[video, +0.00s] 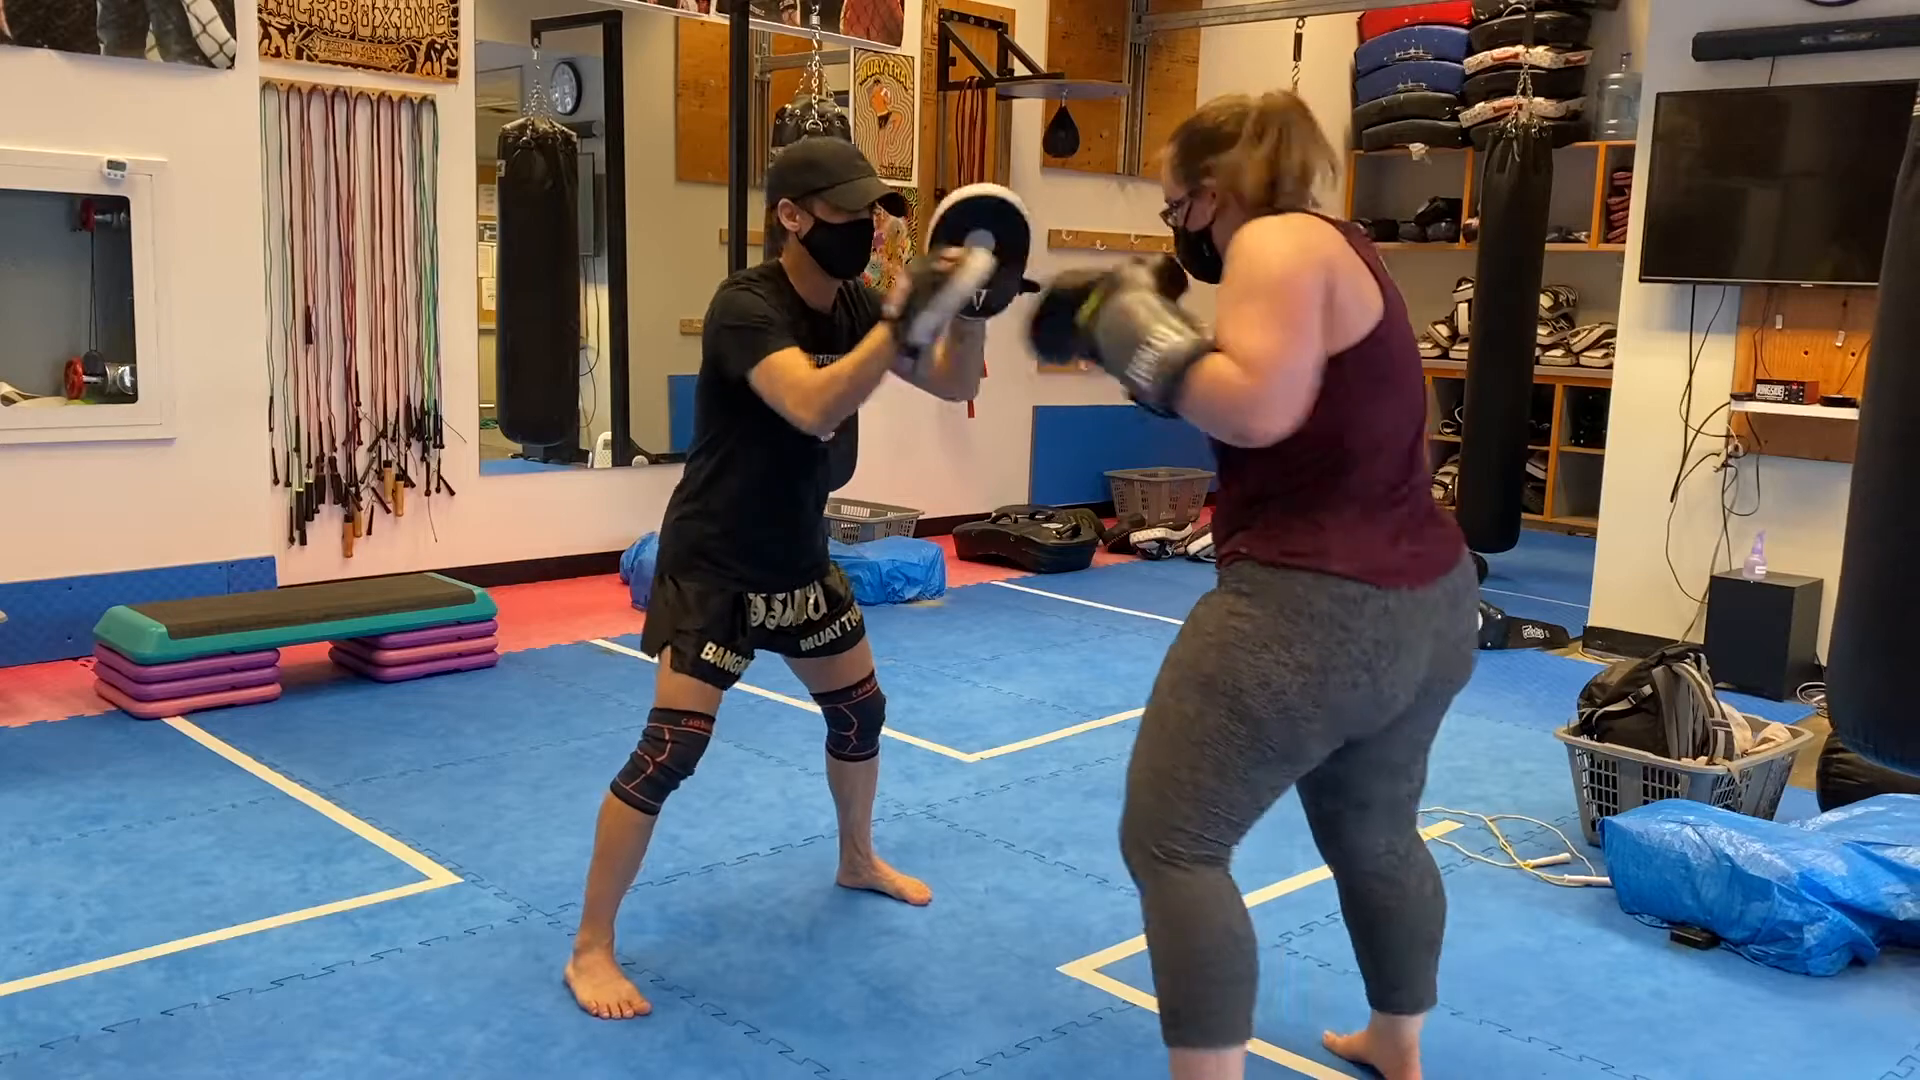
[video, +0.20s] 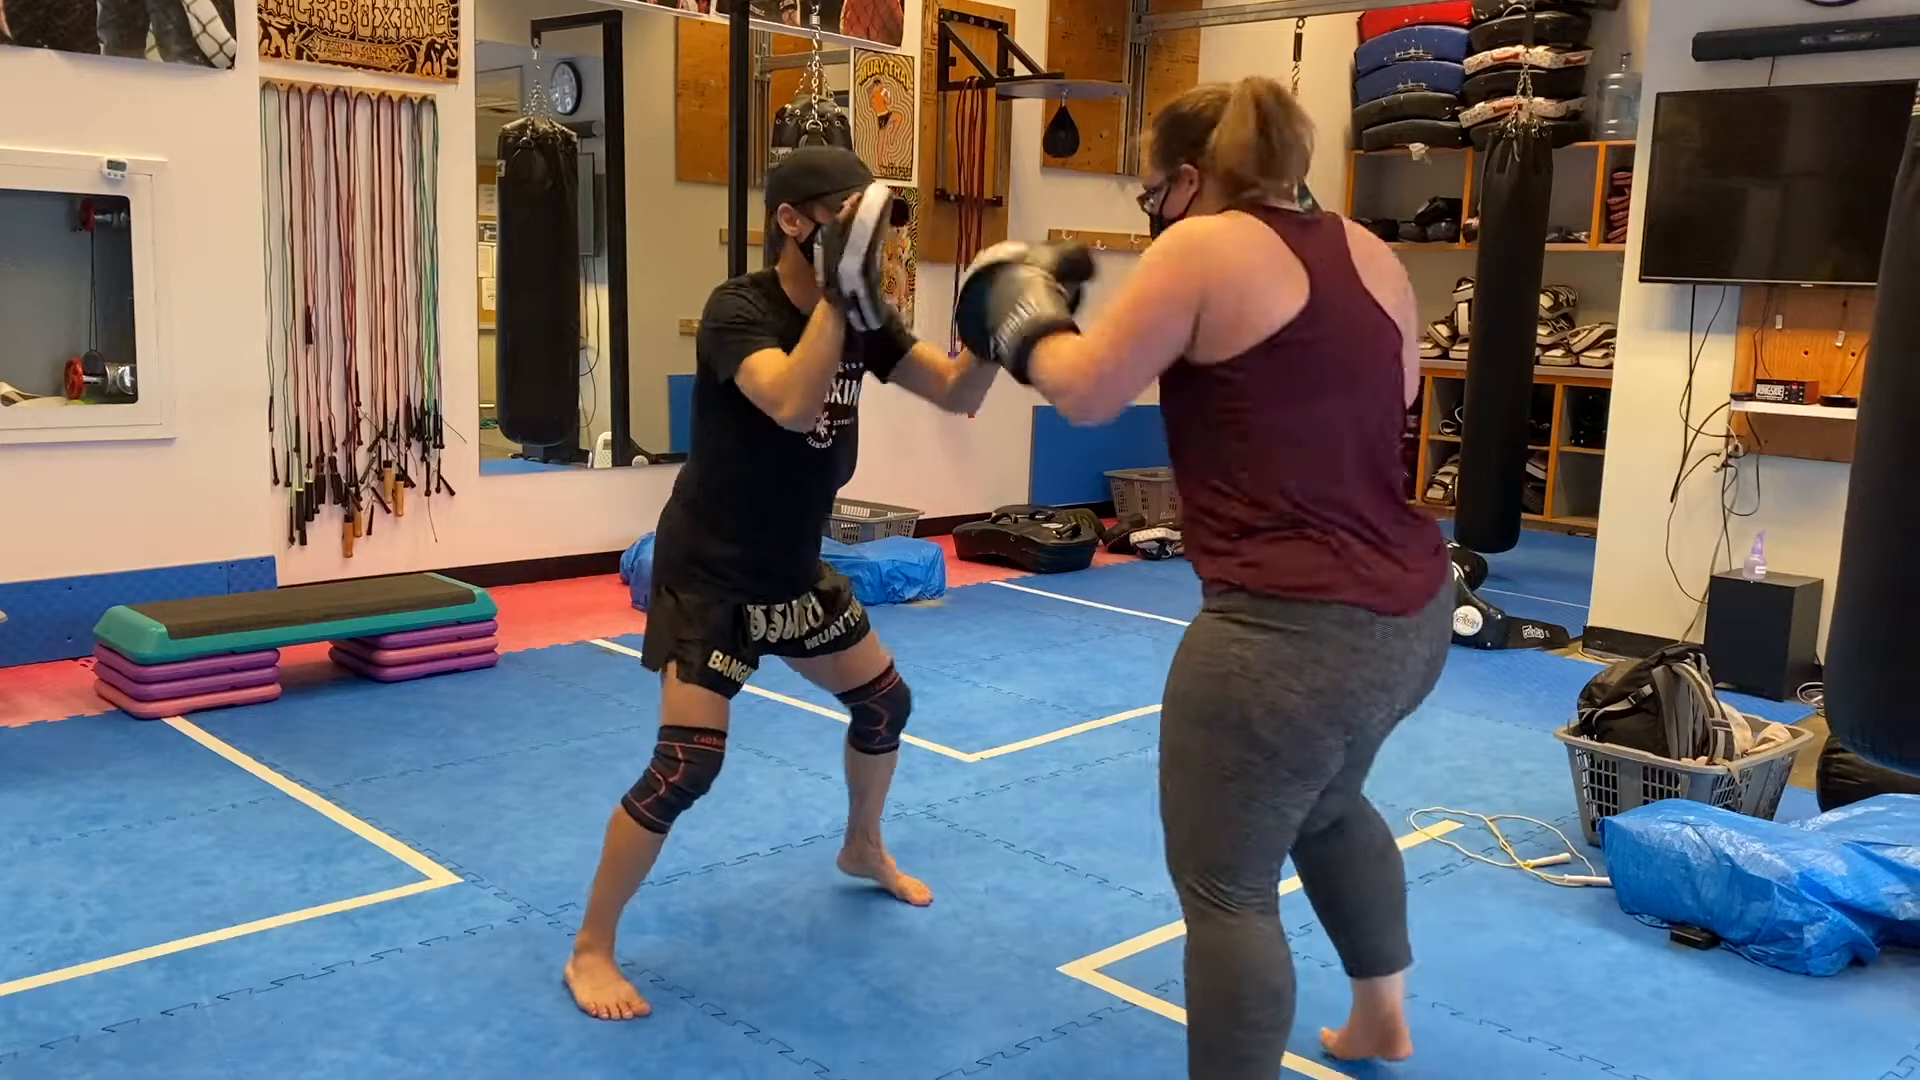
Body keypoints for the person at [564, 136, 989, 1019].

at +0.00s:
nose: (871, 228)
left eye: (873, 212)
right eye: (854, 213)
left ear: (864, 218)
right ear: (796, 215)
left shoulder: (854, 303)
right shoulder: (743, 308)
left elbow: (954, 382)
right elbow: (816, 406)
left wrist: (959, 296)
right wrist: (901, 318)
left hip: (800, 552)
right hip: (714, 555)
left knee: (859, 712)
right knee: (673, 745)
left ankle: (858, 861)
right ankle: (592, 947)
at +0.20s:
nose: (863, 240)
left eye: (869, 227)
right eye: (846, 225)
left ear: (860, 234)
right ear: (791, 222)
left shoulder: (855, 313)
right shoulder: (736, 311)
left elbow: (958, 393)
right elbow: (792, 401)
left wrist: (999, 317)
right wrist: (842, 286)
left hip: (795, 567)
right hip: (708, 570)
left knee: (881, 700)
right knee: (689, 763)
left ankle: (863, 847)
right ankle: (592, 948)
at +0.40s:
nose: (878, 256)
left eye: (879, 241)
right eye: (861, 243)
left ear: (849, 248)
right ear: (805, 245)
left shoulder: (853, 332)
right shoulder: (763, 333)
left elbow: (948, 407)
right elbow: (856, 426)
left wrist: (965, 325)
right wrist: (933, 331)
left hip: (805, 573)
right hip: (726, 582)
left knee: (917, 704)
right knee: (708, 779)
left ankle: (929, 848)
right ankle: (593, 950)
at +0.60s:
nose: (924, 296)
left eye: (933, 280)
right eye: (907, 282)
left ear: (944, 271)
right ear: (860, 274)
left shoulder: (933, 364)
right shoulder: (803, 346)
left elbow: (1017, 452)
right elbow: (716, 452)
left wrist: (1005, 372)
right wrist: (803, 482)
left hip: (856, 567)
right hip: (759, 563)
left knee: (948, 709)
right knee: (709, 728)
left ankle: (936, 854)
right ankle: (612, 916)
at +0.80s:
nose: (887, 288)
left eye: (893, 273)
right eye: (869, 276)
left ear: (900, 273)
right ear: (818, 278)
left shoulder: (907, 369)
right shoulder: (756, 359)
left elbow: (957, 445)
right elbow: (687, 419)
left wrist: (958, 469)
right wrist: (686, 473)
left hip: (847, 577)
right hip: (749, 579)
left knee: (936, 709)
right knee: (666, 733)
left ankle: (936, 855)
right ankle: (599, 818)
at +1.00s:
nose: (763, 266)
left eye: (771, 253)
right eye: (747, 253)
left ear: (778, 253)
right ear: (701, 251)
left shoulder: (794, 346)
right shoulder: (645, 340)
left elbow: (831, 420)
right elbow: (577, 419)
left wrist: (846, 463)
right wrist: (583, 467)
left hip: (760, 560)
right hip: (658, 558)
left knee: (837, 706)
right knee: (593, 714)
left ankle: (912, 846)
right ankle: (608, 811)